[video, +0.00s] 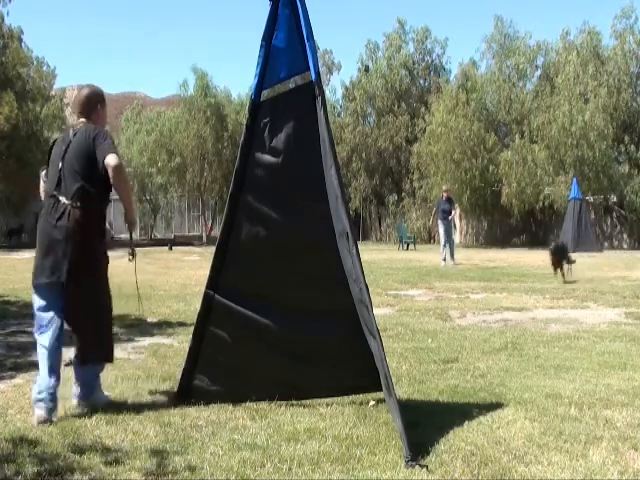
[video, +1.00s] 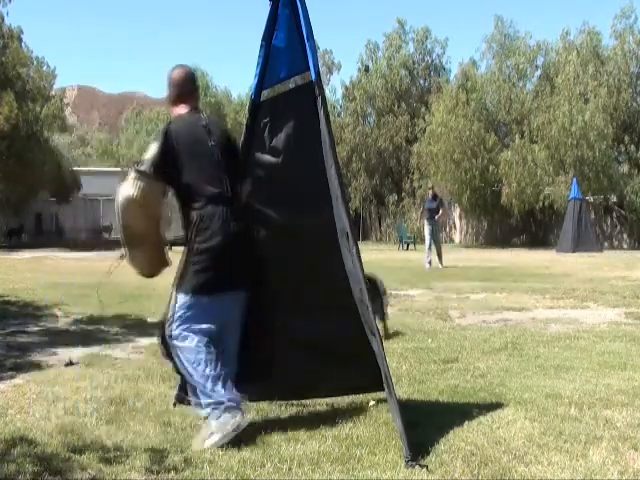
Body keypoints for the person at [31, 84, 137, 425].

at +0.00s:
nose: (107, 114)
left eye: (106, 109)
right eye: (106, 109)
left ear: (73, 111)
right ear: (98, 110)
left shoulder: (58, 141)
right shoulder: (98, 135)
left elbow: (45, 190)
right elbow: (114, 165)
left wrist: (64, 213)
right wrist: (129, 206)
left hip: (48, 236)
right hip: (84, 236)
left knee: (47, 317)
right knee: (90, 313)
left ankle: (43, 401)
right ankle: (89, 391)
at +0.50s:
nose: (129, 106)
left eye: (125, 102)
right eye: (127, 102)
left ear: (94, 106)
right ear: (122, 104)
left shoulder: (77, 136)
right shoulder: (134, 132)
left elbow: (47, 189)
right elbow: (172, 166)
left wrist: (73, 219)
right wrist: (168, 205)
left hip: (89, 240)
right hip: (127, 240)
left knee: (75, 332)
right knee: (125, 335)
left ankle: (77, 405)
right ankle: (119, 418)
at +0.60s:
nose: (135, 108)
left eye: (130, 103)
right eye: (135, 103)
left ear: (103, 106)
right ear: (131, 105)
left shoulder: (86, 140)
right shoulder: (145, 137)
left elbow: (54, 196)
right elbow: (178, 182)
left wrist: (82, 236)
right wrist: (166, 210)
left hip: (101, 239)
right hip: (141, 239)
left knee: (94, 329)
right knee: (151, 319)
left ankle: (87, 425)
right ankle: (153, 394)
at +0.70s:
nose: (136, 109)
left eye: (123, 104)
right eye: (147, 102)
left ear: (118, 106)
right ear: (147, 104)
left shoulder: (104, 139)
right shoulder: (164, 138)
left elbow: (74, 197)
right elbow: (194, 185)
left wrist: (97, 239)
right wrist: (172, 217)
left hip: (120, 247)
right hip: (160, 246)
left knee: (103, 336)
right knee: (172, 327)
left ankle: (87, 426)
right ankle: (206, 398)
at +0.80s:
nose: (154, 105)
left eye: (137, 102)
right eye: (164, 98)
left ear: (135, 101)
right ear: (166, 100)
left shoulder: (129, 135)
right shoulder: (187, 136)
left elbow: (106, 186)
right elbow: (209, 182)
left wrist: (110, 243)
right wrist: (192, 220)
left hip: (147, 251)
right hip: (187, 252)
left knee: (121, 342)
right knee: (200, 343)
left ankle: (90, 427)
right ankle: (229, 420)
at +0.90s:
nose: (154, 105)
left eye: (153, 100)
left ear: (154, 100)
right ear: (182, 99)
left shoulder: (152, 134)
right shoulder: (204, 135)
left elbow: (128, 175)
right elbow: (228, 176)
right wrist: (216, 212)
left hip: (180, 242)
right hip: (216, 242)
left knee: (152, 326)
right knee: (214, 333)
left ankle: (144, 423)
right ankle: (227, 420)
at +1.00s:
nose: (169, 100)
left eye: (168, 94)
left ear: (169, 96)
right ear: (197, 93)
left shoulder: (173, 132)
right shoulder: (220, 131)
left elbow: (150, 184)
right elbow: (239, 176)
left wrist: (148, 245)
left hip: (209, 237)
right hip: (240, 236)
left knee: (182, 328)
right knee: (228, 327)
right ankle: (220, 408)